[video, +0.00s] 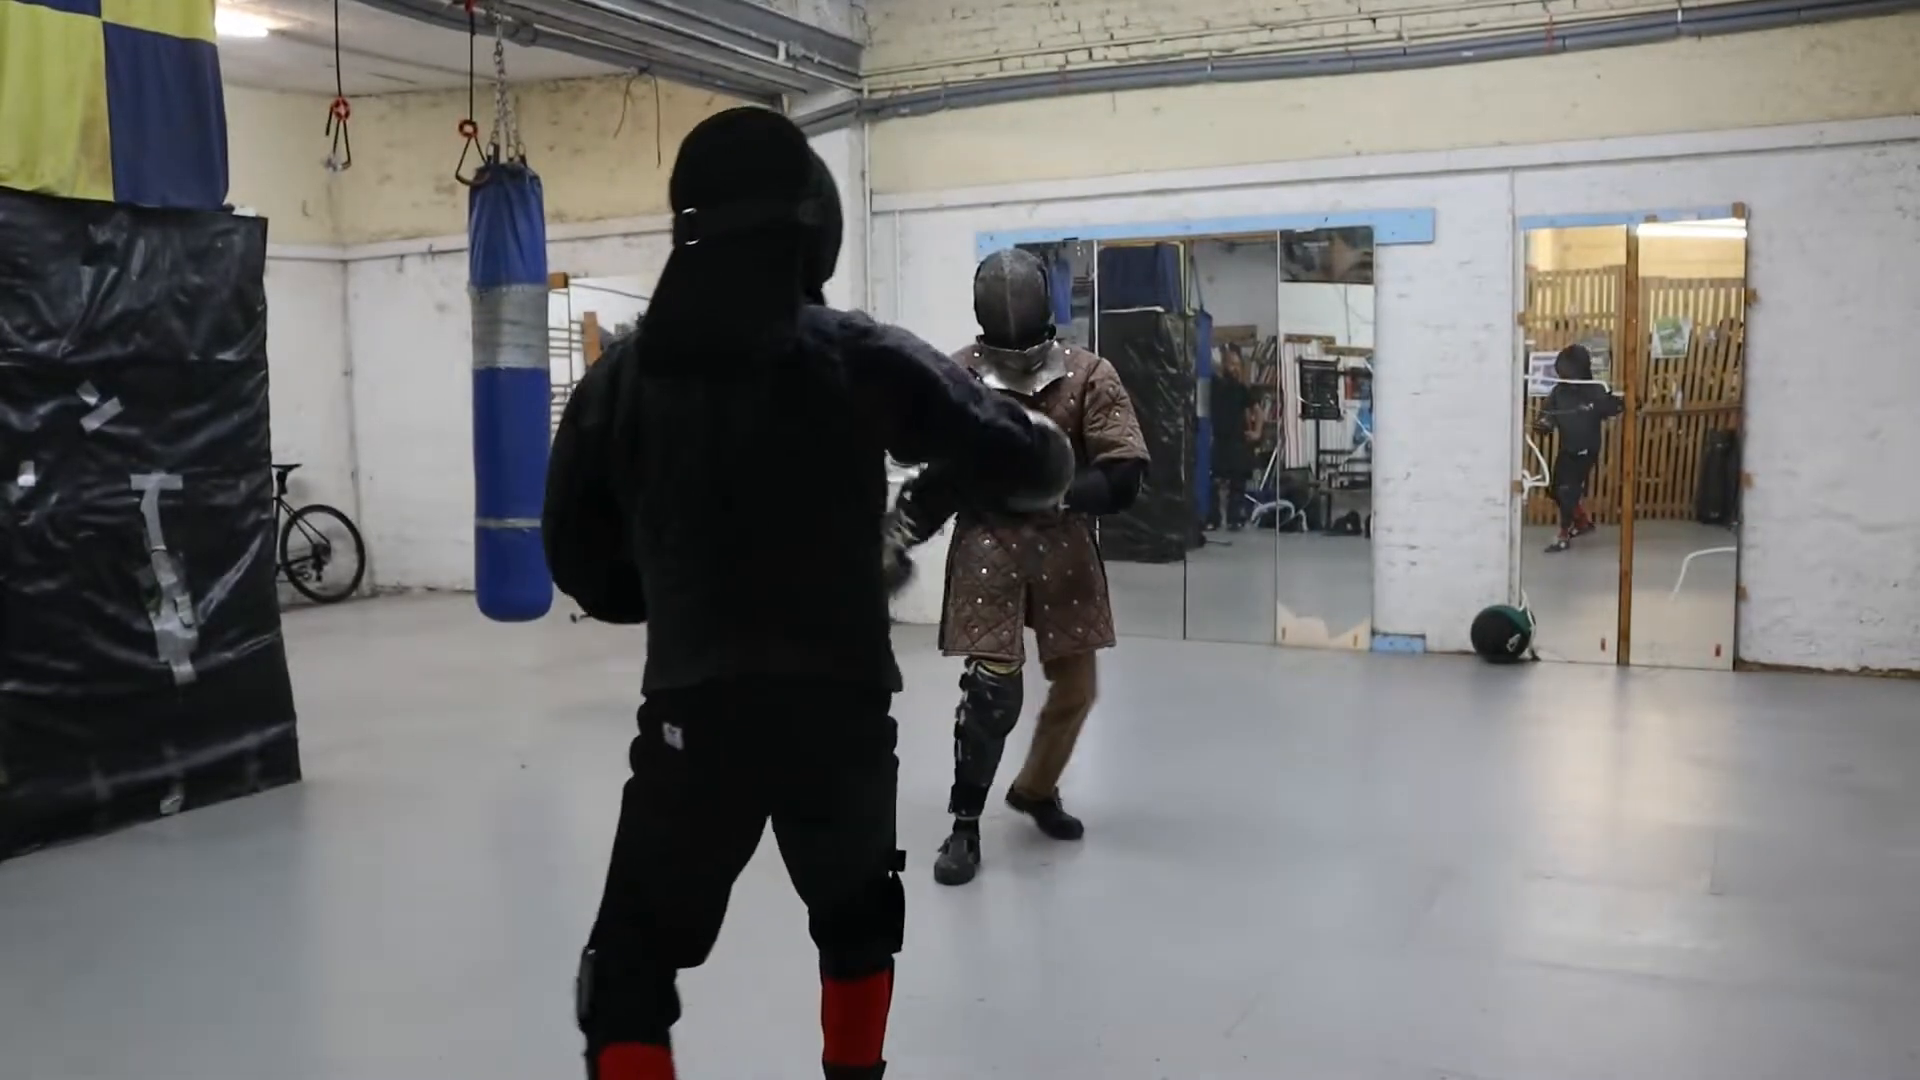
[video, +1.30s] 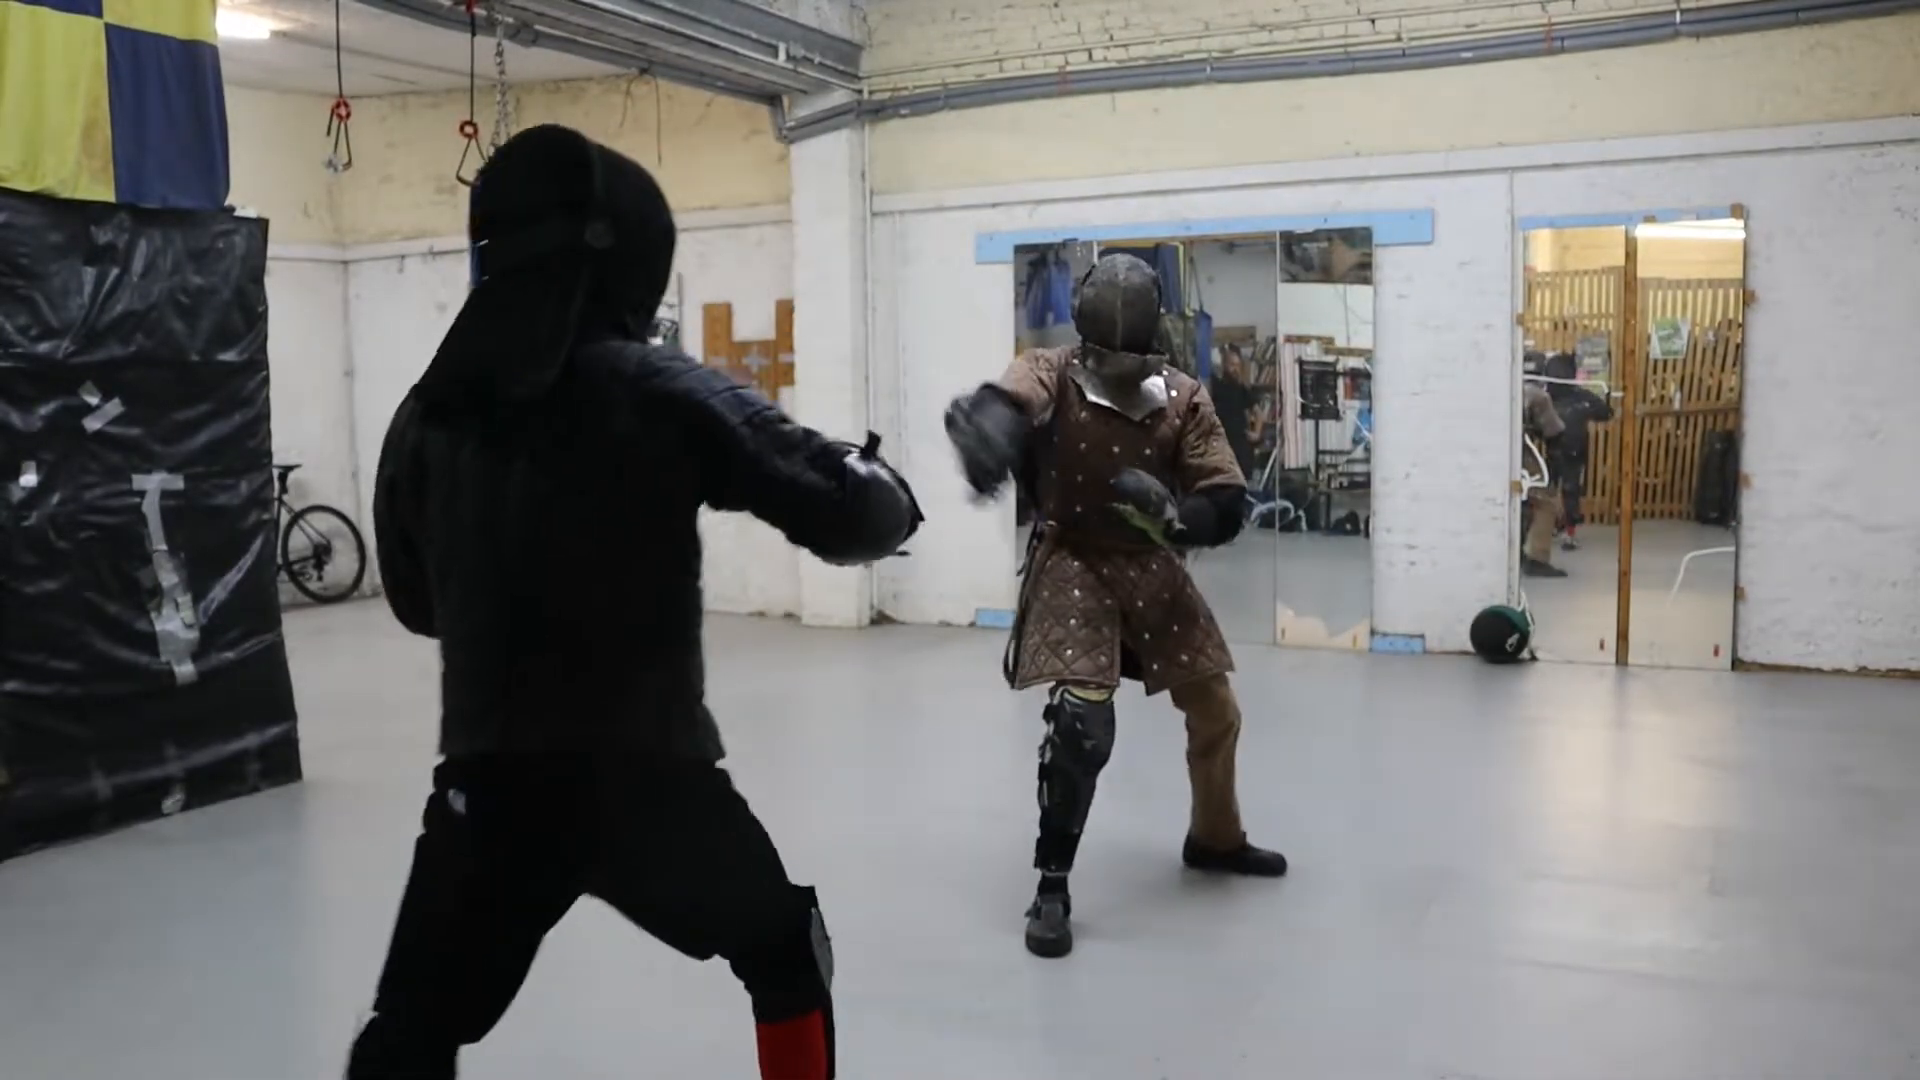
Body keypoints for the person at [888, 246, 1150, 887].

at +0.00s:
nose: (1017, 357)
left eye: (1028, 343)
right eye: (1002, 344)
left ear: (1047, 321)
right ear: (984, 325)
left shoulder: (1090, 375)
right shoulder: (959, 377)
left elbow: (1125, 474)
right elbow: (938, 476)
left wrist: (1057, 493)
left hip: (1065, 549)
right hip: (986, 548)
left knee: (1076, 690)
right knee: (994, 692)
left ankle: (1036, 788)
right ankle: (964, 826)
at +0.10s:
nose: (1021, 365)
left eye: (1033, 351)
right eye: (1008, 353)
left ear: (1052, 326)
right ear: (988, 330)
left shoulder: (1092, 377)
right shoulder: (960, 383)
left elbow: (1128, 475)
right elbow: (925, 483)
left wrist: (1065, 500)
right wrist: (946, 535)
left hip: (1071, 548)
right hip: (993, 549)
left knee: (1105, 685)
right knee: (998, 696)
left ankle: (1078, 787)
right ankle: (961, 828)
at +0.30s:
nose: (1055, 361)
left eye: (1066, 347)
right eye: (1040, 350)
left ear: (1084, 324)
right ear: (1019, 330)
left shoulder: (1123, 376)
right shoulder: (996, 387)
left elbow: (1166, 474)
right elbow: (993, 514)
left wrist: (1115, 489)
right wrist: (1052, 582)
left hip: (1107, 549)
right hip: (1029, 553)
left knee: (1151, 685)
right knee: (1016, 698)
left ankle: (1147, 808)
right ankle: (964, 827)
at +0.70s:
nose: (1115, 357)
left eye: (1126, 344)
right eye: (1102, 345)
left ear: (1146, 325)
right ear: (1084, 329)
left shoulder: (1189, 377)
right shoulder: (1055, 381)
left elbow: (1235, 462)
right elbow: (1016, 456)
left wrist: (1175, 464)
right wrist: (1001, 495)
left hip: (1168, 546)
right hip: (1089, 546)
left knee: (1180, 692)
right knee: (1083, 686)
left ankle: (1148, 809)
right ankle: (1055, 832)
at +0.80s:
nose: (1121, 360)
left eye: (1133, 346)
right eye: (1107, 347)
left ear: (1156, 324)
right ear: (1088, 327)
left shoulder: (1196, 381)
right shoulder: (1058, 382)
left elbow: (1238, 472)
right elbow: (1002, 449)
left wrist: (1171, 475)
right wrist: (951, 444)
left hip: (1170, 550)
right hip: (1092, 549)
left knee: (1180, 694)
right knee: (1095, 688)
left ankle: (1149, 808)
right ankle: (1069, 838)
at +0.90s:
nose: (1121, 370)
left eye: (1136, 356)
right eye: (1107, 355)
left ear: (1158, 331)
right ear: (1088, 331)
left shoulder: (1197, 385)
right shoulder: (1054, 378)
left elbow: (1243, 481)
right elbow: (965, 417)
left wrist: (1175, 484)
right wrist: (924, 368)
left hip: (1170, 554)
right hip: (1092, 553)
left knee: (1175, 702)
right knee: (1098, 700)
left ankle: (1150, 809)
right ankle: (1066, 851)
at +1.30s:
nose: (1121, 372)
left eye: (1135, 357)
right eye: (1107, 356)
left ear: (1156, 341)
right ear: (1084, 339)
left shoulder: (1182, 397)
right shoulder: (1047, 375)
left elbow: (1229, 497)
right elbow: (994, 408)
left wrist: (1180, 513)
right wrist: (987, 434)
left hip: (1152, 567)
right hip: (1070, 567)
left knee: (1216, 711)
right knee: (1082, 731)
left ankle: (1215, 840)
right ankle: (1052, 888)